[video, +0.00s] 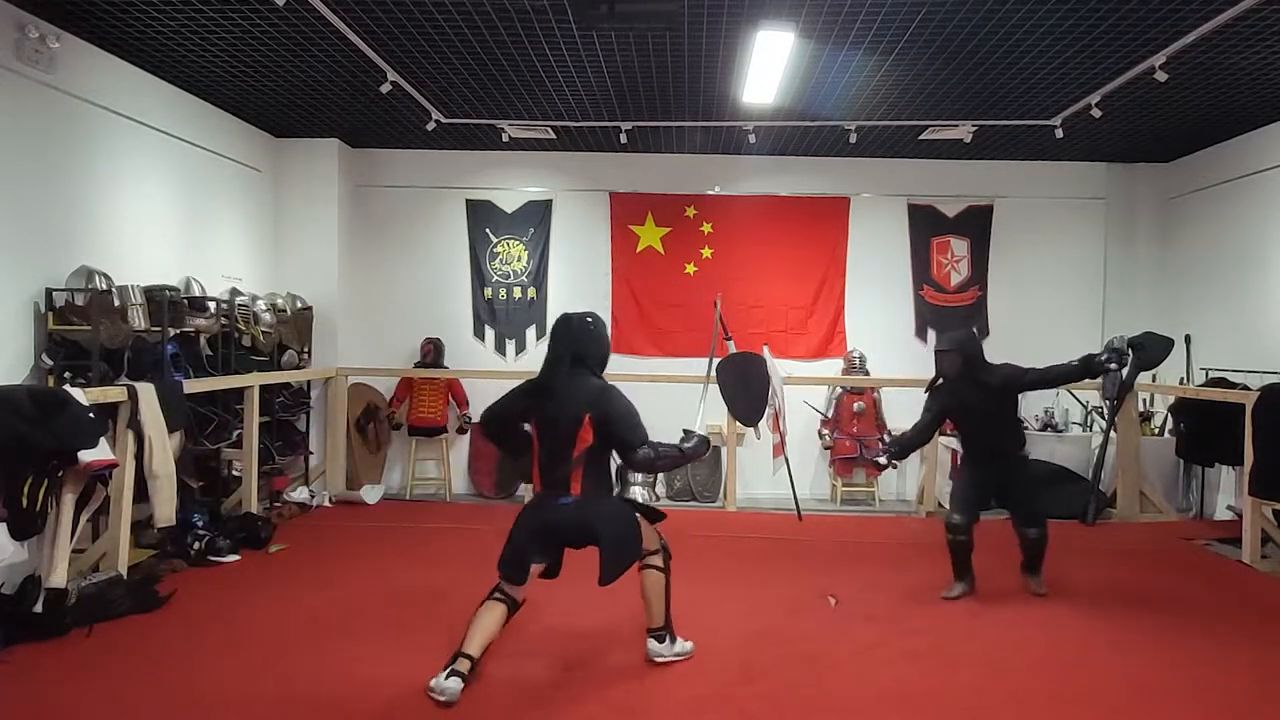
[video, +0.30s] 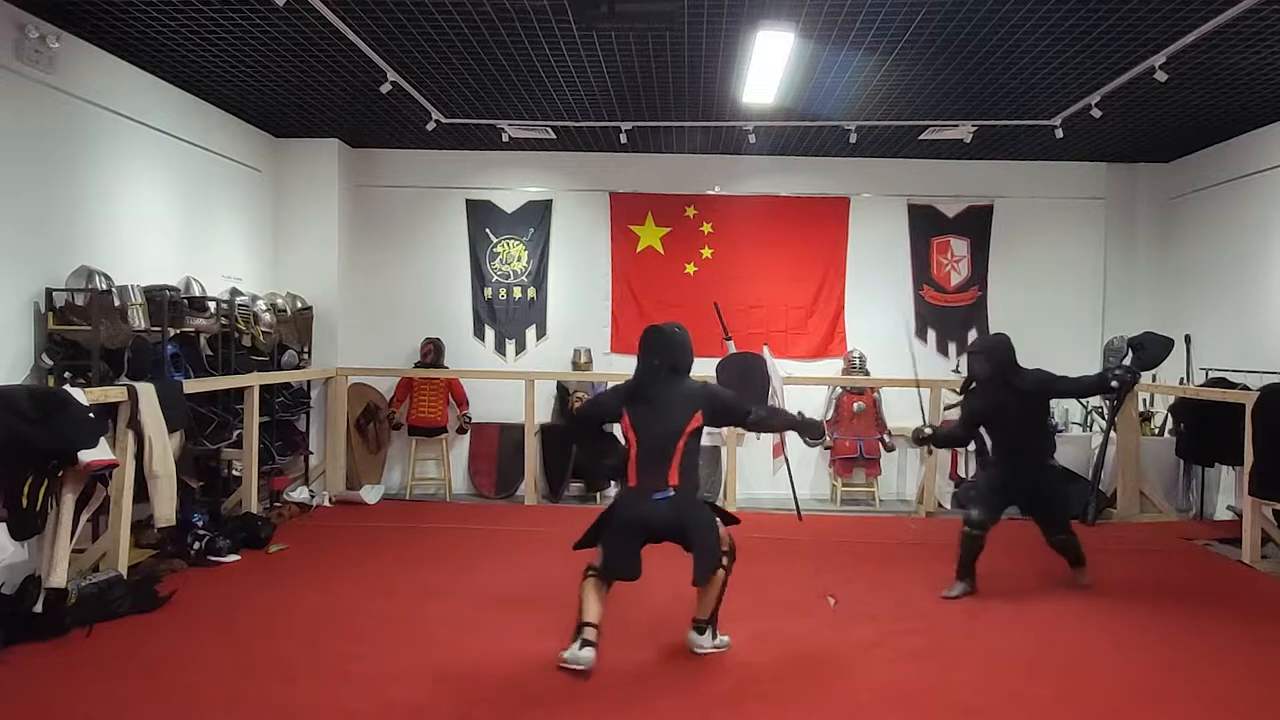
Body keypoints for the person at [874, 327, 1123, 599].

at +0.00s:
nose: (942, 362)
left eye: (948, 355)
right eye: (940, 355)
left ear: (967, 354)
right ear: (938, 357)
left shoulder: (1002, 377)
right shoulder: (944, 393)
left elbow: (1048, 375)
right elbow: (924, 428)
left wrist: (1091, 364)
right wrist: (895, 450)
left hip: (1012, 462)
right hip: (973, 465)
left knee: (1033, 529)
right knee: (957, 523)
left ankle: (1032, 573)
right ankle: (963, 580)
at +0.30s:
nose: (973, 367)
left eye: (979, 361)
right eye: (972, 361)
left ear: (998, 361)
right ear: (975, 363)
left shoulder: (1033, 382)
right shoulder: (976, 397)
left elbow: (1074, 386)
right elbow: (963, 435)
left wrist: (1109, 379)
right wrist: (933, 437)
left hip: (1037, 471)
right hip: (999, 472)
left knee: (1058, 533)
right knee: (975, 520)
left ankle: (1079, 567)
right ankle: (964, 579)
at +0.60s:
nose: (1015, 352)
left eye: (1021, 345)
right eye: (1013, 346)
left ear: (1038, 345)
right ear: (1011, 348)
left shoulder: (1070, 370)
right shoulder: (1011, 383)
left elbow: (1108, 379)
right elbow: (997, 420)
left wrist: (1142, 380)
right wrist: (973, 415)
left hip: (1067, 457)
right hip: (1030, 456)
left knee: (1071, 524)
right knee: (1008, 512)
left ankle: (1083, 569)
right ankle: (1006, 572)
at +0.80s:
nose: (1050, 369)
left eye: (1055, 361)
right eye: (1043, 363)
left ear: (1068, 357)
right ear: (1034, 361)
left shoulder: (1089, 376)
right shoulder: (1027, 383)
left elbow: (1140, 383)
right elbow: (990, 392)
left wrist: (1126, 380)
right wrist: (954, 391)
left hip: (1088, 472)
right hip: (1047, 470)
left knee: (1109, 535)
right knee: (1019, 505)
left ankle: (1128, 559)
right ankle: (1009, 572)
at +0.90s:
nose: (1067, 367)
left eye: (1073, 359)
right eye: (1060, 361)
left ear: (1087, 360)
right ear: (1051, 363)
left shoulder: (1108, 384)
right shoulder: (1045, 388)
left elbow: (1159, 396)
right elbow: (1005, 402)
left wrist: (1140, 378)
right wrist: (966, 408)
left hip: (1104, 477)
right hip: (1064, 476)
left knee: (1131, 537)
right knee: (1037, 522)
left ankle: (1153, 563)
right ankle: (1011, 573)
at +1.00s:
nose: (1083, 377)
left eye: (1087, 369)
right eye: (1077, 370)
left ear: (1102, 366)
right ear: (1069, 369)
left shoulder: (1126, 389)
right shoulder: (1062, 398)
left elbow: (1169, 408)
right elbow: (1029, 423)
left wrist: (1172, 399)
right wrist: (992, 438)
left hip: (1120, 476)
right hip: (1081, 476)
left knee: (1137, 528)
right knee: (1055, 523)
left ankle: (1156, 568)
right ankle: (1020, 572)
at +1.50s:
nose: (1032, 368)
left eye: (1037, 362)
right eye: (1028, 362)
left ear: (1052, 365)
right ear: (1023, 368)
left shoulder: (1082, 388)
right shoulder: (1018, 398)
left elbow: (1136, 394)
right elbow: (983, 425)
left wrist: (1130, 389)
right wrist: (958, 415)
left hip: (1083, 474)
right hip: (1042, 474)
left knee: (1117, 524)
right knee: (1012, 518)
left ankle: (1153, 566)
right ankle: (1000, 571)